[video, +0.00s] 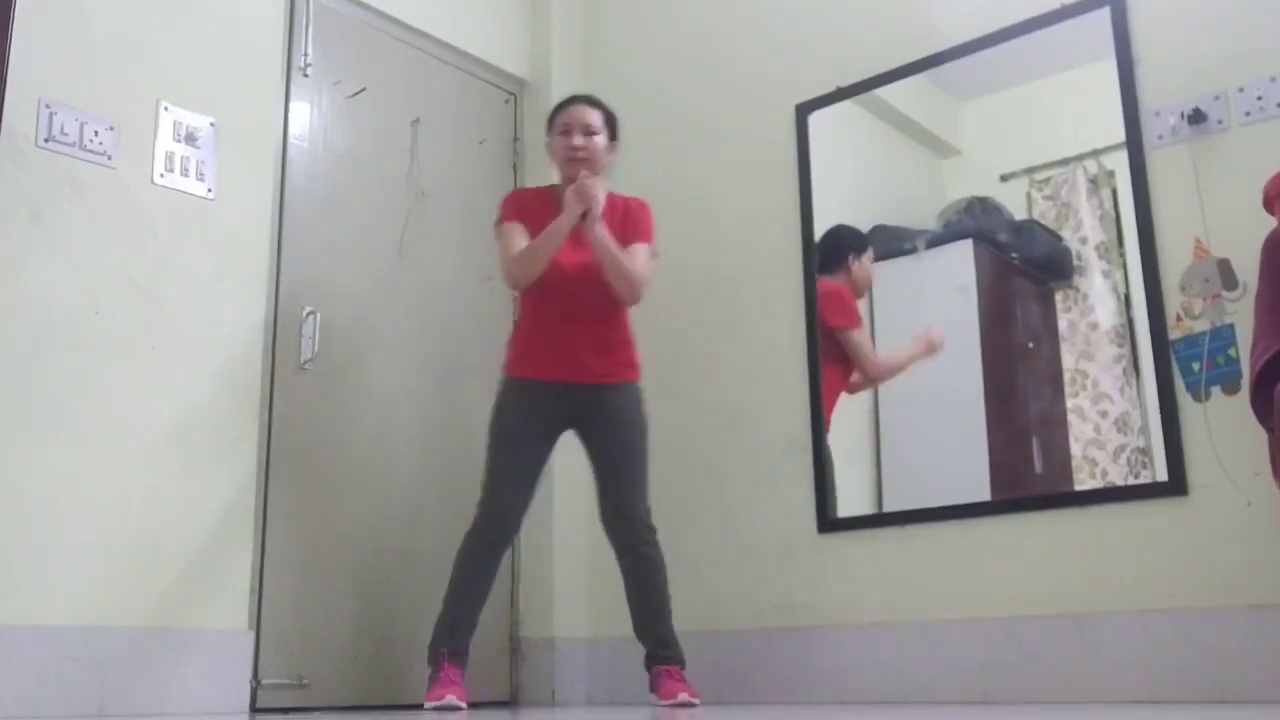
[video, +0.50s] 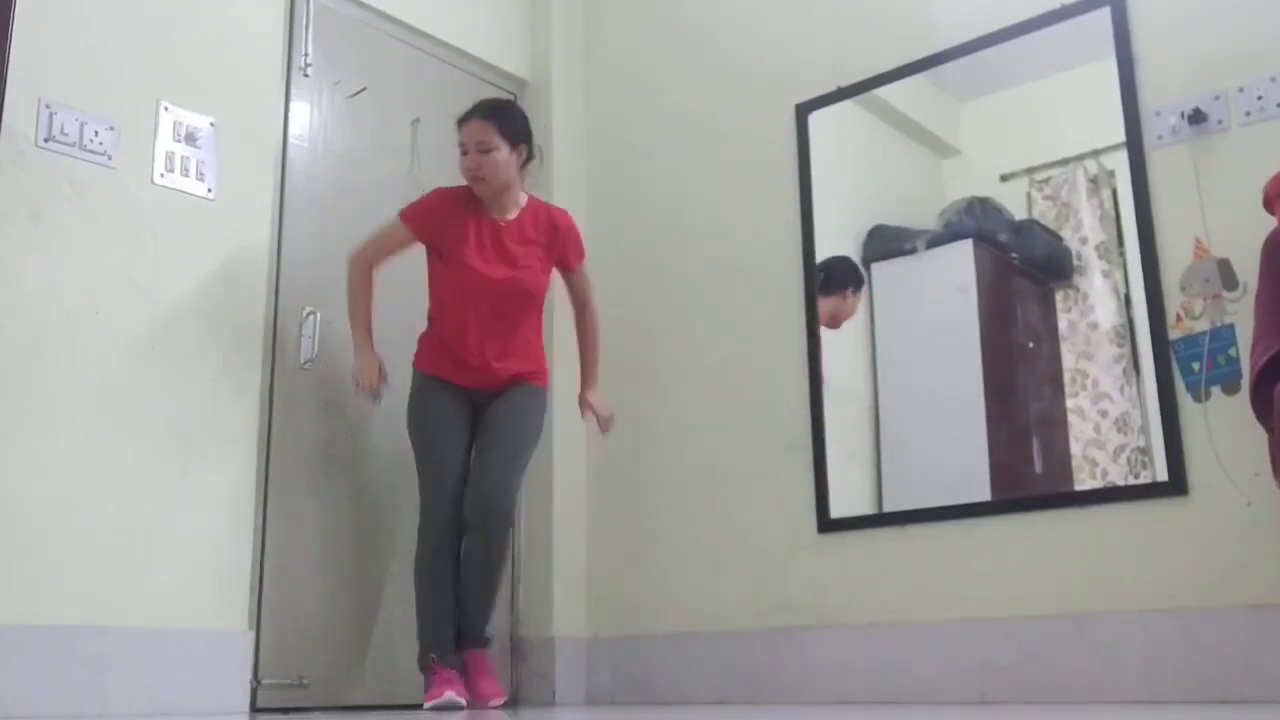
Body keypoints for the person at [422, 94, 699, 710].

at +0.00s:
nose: (578, 142)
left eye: (590, 133)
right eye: (567, 133)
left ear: (612, 147)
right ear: (549, 145)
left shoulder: (631, 212)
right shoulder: (523, 204)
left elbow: (632, 289)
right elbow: (517, 273)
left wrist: (594, 227)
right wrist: (571, 214)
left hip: (610, 388)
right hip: (533, 385)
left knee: (631, 523)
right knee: (495, 521)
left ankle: (666, 666)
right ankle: (447, 663)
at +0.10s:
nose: (545, 149)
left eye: (558, 140)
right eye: (536, 139)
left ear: (584, 153)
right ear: (522, 151)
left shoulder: (604, 222)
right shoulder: (496, 209)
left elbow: (601, 310)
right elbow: (492, 290)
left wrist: (573, 276)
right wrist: (550, 262)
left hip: (578, 392)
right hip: (500, 389)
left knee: (612, 527)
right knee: (479, 523)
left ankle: (661, 666)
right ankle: (447, 671)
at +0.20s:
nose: (517, 162)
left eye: (530, 151)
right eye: (508, 152)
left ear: (559, 158)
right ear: (498, 160)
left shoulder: (583, 230)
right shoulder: (475, 213)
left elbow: (581, 309)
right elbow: (468, 294)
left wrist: (559, 369)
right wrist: (485, 363)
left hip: (549, 388)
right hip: (475, 384)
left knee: (581, 516)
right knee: (462, 519)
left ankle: (641, 654)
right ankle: (444, 669)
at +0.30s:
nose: (491, 170)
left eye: (504, 158)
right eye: (484, 159)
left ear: (540, 160)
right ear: (478, 163)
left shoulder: (568, 235)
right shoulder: (462, 215)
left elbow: (564, 330)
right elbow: (441, 307)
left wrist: (572, 418)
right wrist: (419, 399)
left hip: (529, 389)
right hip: (456, 387)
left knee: (538, 498)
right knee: (454, 515)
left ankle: (591, 634)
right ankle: (443, 669)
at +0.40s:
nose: (479, 167)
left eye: (493, 154)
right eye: (472, 156)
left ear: (529, 157)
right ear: (468, 160)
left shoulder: (559, 232)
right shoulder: (450, 216)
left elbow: (571, 328)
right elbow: (392, 301)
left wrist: (583, 414)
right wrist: (374, 390)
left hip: (524, 382)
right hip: (448, 380)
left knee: (512, 486)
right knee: (450, 511)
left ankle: (523, 629)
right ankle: (442, 669)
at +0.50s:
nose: (471, 163)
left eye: (484, 151)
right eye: (464, 152)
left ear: (521, 154)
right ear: (460, 155)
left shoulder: (553, 226)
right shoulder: (442, 209)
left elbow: (583, 301)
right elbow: (362, 260)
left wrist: (590, 385)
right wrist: (363, 349)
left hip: (518, 384)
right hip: (443, 380)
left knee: (492, 506)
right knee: (441, 514)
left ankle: (474, 649)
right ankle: (439, 666)